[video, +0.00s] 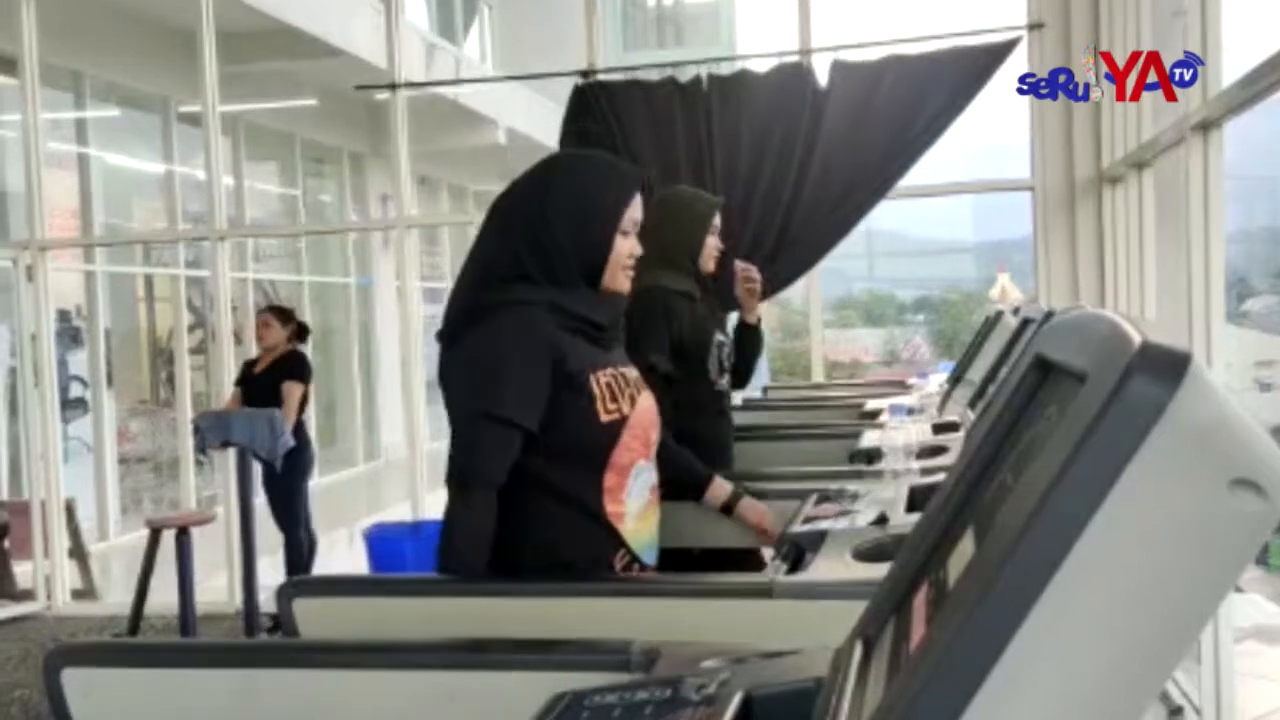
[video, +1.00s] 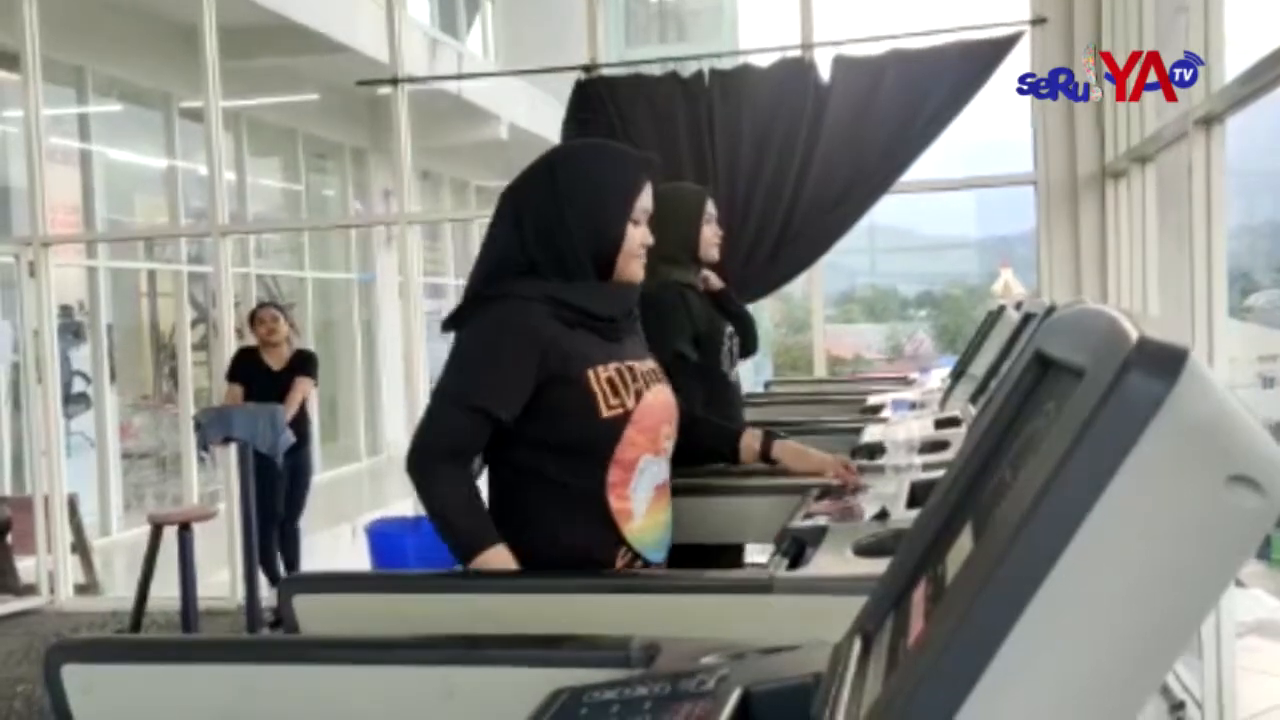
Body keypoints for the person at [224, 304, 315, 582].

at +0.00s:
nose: (260, 332)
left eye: (267, 326)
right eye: (258, 326)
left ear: (287, 330)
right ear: (255, 331)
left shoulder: (295, 361)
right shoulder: (251, 366)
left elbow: (290, 407)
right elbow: (234, 404)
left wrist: (277, 439)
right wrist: (217, 429)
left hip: (292, 442)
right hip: (265, 444)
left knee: (294, 518)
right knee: (285, 518)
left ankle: (297, 583)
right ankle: (299, 580)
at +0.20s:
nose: (259, 331)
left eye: (266, 325)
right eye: (258, 325)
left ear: (285, 330)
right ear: (256, 329)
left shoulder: (294, 360)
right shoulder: (252, 366)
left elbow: (290, 406)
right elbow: (234, 403)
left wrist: (277, 438)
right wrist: (218, 428)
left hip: (293, 441)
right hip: (266, 443)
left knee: (295, 514)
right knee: (286, 515)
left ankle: (298, 581)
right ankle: (298, 579)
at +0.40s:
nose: (259, 330)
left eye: (266, 324)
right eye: (257, 324)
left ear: (286, 328)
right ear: (254, 329)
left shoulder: (298, 361)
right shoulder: (245, 367)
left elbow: (293, 407)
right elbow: (234, 406)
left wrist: (279, 438)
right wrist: (229, 430)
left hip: (297, 446)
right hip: (261, 447)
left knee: (300, 517)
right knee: (282, 520)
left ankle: (306, 582)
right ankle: (287, 586)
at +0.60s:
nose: (263, 330)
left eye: (270, 323)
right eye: (258, 325)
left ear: (286, 326)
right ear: (252, 331)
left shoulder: (303, 360)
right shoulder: (243, 364)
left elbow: (295, 401)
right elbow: (231, 404)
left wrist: (274, 430)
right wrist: (238, 430)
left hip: (298, 446)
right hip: (259, 448)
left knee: (299, 516)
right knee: (267, 518)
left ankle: (302, 580)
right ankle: (273, 583)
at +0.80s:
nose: (267, 328)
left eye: (273, 321)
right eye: (260, 324)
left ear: (286, 325)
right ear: (253, 332)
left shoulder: (304, 359)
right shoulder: (245, 359)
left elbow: (295, 399)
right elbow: (232, 401)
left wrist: (272, 427)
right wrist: (230, 428)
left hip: (295, 447)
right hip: (257, 448)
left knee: (286, 523)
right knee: (264, 524)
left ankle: (289, 598)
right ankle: (283, 597)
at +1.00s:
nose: (269, 327)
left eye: (274, 320)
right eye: (261, 323)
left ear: (287, 324)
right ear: (254, 331)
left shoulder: (304, 358)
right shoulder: (245, 357)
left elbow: (297, 395)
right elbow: (233, 399)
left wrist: (275, 426)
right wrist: (241, 428)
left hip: (295, 445)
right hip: (258, 445)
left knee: (289, 519)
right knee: (264, 520)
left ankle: (293, 586)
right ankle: (279, 588)